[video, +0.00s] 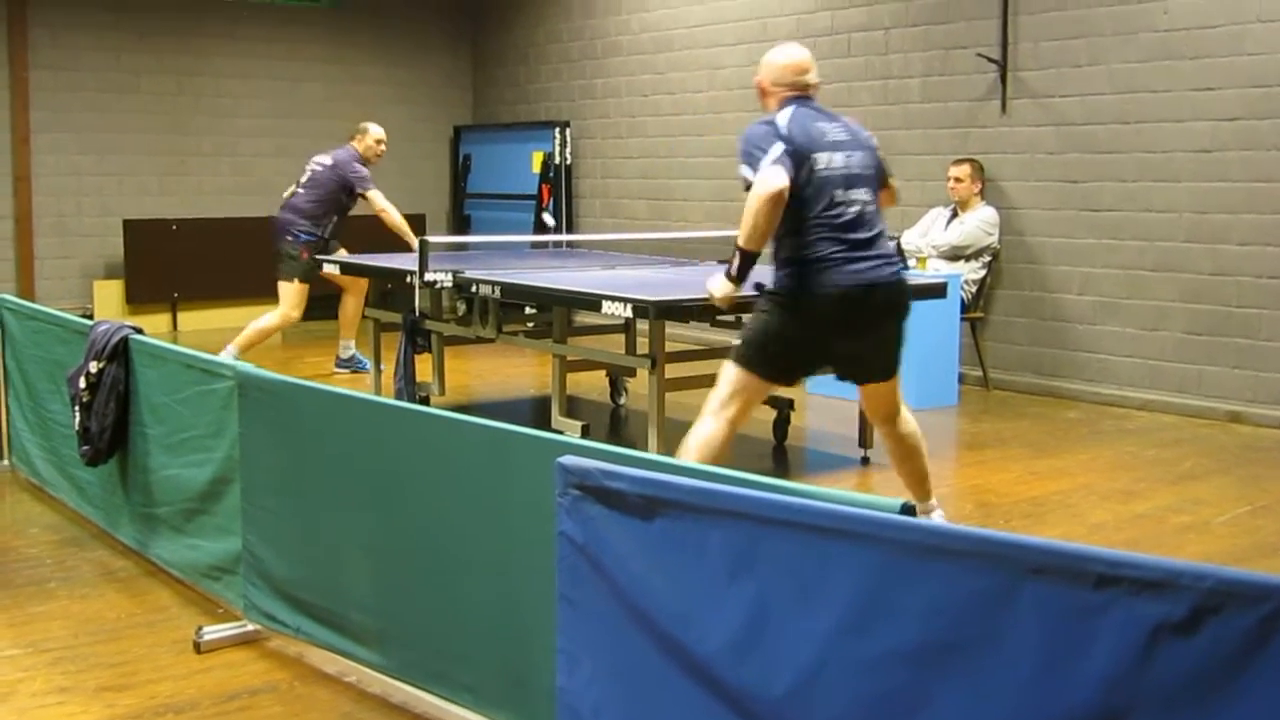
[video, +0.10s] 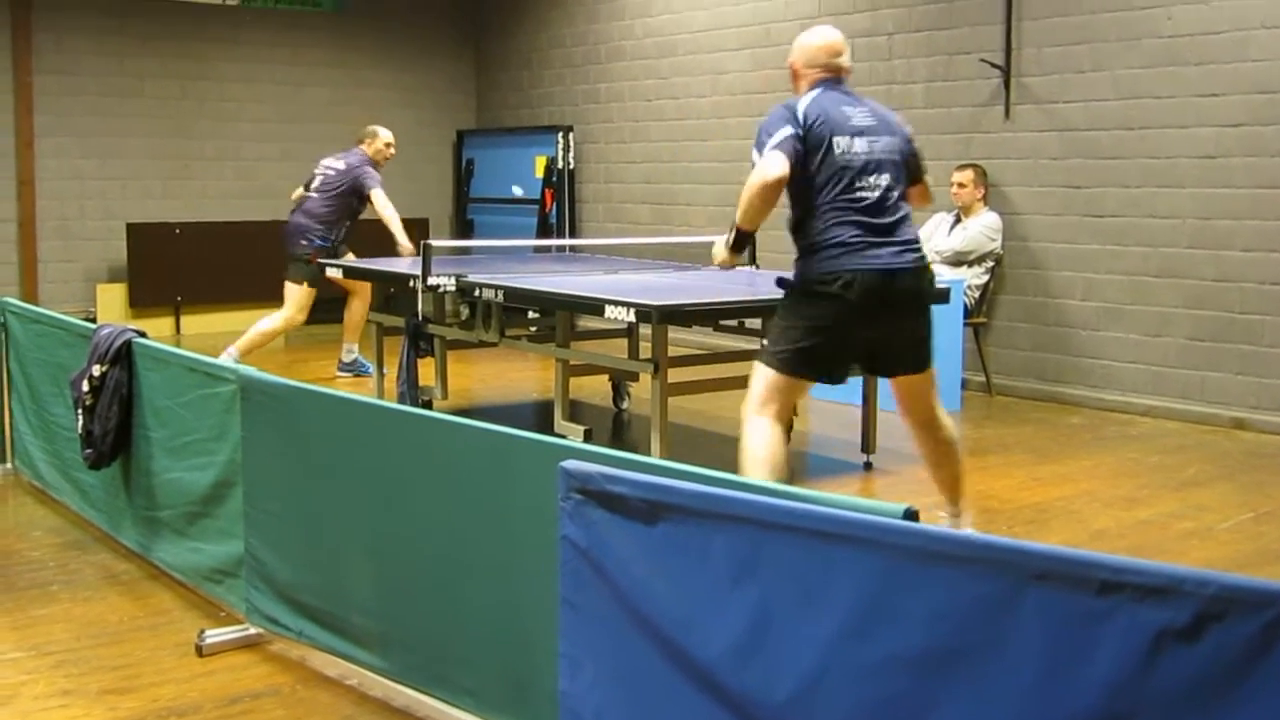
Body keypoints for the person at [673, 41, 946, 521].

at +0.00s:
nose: (757, 91)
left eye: (758, 85)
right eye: (761, 85)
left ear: (764, 87)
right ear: (812, 85)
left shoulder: (766, 131)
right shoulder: (854, 130)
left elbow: (773, 188)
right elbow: (887, 193)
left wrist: (734, 277)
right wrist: (833, 203)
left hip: (812, 291)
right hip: (883, 286)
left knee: (723, 410)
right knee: (891, 412)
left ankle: (666, 512)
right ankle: (929, 513)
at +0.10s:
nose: (790, 77)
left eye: (791, 70)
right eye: (794, 70)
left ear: (799, 70)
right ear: (846, 69)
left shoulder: (790, 114)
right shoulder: (889, 118)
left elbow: (773, 175)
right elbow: (918, 193)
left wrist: (736, 241)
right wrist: (859, 197)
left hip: (834, 280)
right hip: (906, 281)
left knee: (765, 409)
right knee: (925, 411)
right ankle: (959, 520)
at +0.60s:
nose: (857, 132)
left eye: (859, 124)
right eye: (858, 125)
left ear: (872, 124)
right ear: (915, 124)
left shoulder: (886, 151)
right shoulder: (938, 169)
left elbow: (811, 152)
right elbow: (868, 236)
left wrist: (747, 154)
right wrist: (804, 246)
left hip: (945, 333)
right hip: (1015, 329)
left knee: (835, 455)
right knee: (989, 453)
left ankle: (827, 580)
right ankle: (1042, 559)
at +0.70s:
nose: (831, 131)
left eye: (834, 120)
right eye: (831, 122)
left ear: (851, 112)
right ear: (888, 101)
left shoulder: (888, 126)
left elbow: (884, 131)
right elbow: (870, 231)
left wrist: (814, 172)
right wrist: (818, 257)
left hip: (962, 307)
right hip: (1024, 297)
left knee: (862, 448)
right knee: (1016, 449)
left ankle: (845, 581)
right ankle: (1053, 563)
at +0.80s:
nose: (809, 151)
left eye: (808, 136)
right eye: (805, 139)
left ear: (834, 122)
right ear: (844, 118)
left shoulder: (876, 138)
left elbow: (921, 192)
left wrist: (911, 280)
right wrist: (897, 301)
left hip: (974, 311)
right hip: (1026, 305)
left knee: (871, 456)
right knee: (1011, 457)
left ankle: (912, 588)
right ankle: (1062, 578)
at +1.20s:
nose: (861, 59)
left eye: (870, 42)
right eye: (848, 48)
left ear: (903, 24)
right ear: (836, 45)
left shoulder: (960, 77)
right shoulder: (864, 105)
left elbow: (1032, 174)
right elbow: (870, 208)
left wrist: (981, 273)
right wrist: (848, 289)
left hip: (977, 285)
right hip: (912, 291)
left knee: (936, 456)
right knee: (927, 455)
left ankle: (946, 615)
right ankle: (943, 604)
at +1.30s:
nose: (900, 54)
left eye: (910, 37)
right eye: (885, 41)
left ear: (936, 27)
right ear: (866, 41)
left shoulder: (985, 90)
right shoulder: (867, 115)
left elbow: (1048, 194)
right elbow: (847, 213)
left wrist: (1005, 288)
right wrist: (810, 307)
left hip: (980, 313)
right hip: (903, 315)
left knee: (951, 472)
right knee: (921, 473)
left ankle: (967, 620)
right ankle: (935, 612)